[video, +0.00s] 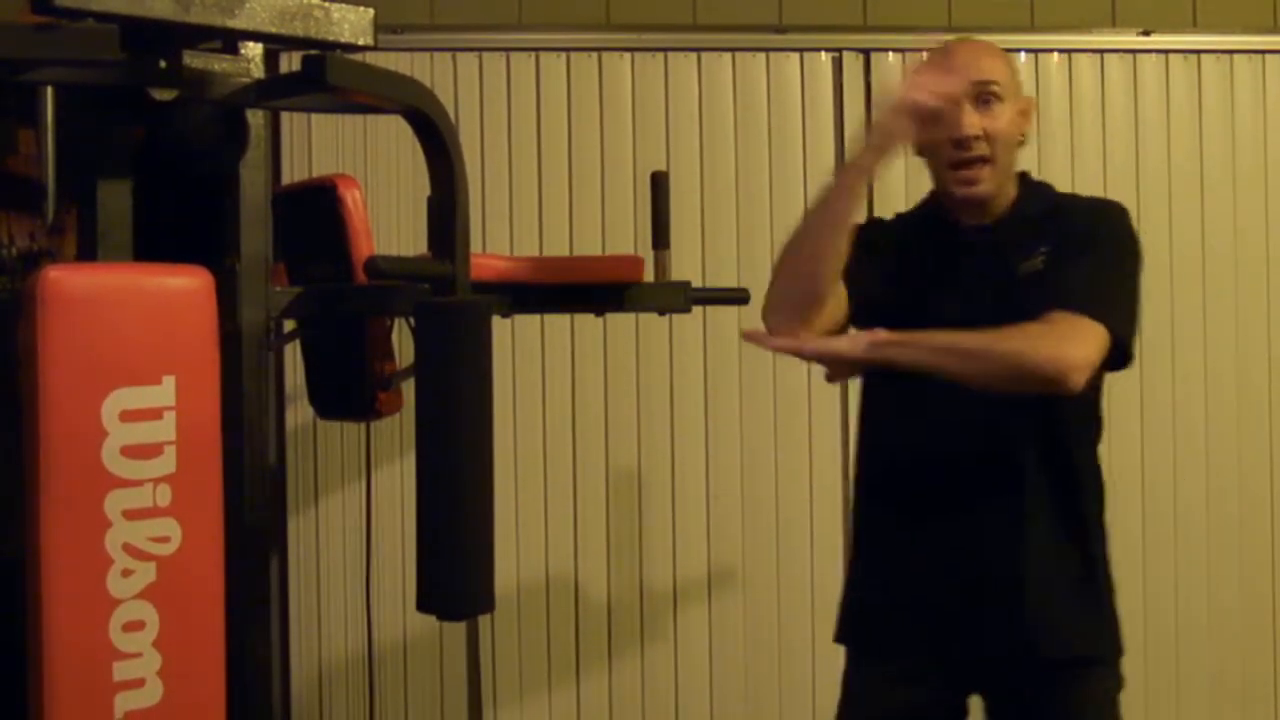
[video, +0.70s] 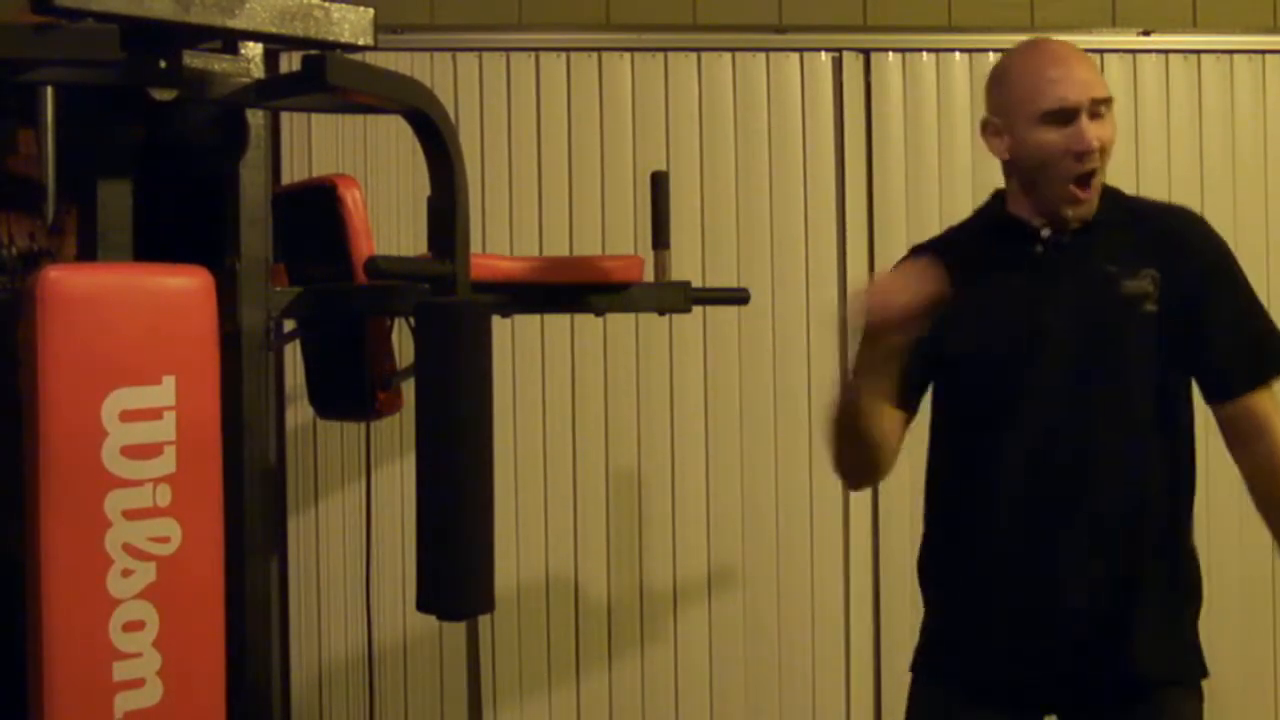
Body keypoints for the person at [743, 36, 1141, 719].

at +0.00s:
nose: (963, 128)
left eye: (985, 99)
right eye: (938, 108)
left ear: (1025, 118)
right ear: (913, 131)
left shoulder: (1090, 229)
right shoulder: (880, 246)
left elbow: (1066, 359)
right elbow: (789, 320)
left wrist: (873, 348)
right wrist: (870, 153)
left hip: (1049, 615)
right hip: (901, 616)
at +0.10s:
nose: (943, 123)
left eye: (963, 99)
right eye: (917, 105)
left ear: (1001, 119)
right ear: (892, 135)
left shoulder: (1077, 227)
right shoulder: (857, 244)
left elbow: (1062, 359)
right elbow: (783, 317)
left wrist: (874, 349)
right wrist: (938, 211)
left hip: (1038, 614)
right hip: (888, 616)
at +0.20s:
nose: (959, 115)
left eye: (980, 90)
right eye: (933, 96)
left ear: (1016, 110)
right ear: (907, 125)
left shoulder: (1086, 230)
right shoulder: (866, 249)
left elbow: (1064, 378)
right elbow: (797, 375)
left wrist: (858, 381)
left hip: (1044, 620)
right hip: (890, 621)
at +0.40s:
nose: (1025, 126)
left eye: (1045, 104)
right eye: (997, 107)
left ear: (1074, 132)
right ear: (961, 143)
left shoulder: (1144, 268)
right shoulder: (906, 272)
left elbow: (1156, 481)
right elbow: (750, 376)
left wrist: (1088, 663)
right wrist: (901, 382)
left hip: (1100, 661)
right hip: (944, 654)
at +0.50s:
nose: (1037, 144)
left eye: (1056, 121)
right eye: (1009, 124)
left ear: (1087, 145)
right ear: (973, 157)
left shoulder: (1162, 278)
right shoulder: (933, 289)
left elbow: (1229, 487)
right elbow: (772, 395)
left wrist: (1262, 672)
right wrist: (905, 277)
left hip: (1128, 667)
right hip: (968, 670)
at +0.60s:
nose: (1057, 145)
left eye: (1075, 118)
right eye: (1029, 124)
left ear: (1103, 132)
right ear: (988, 150)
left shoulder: (1179, 271)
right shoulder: (934, 287)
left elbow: (1262, 454)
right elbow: (844, 447)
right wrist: (838, 282)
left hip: (1134, 663)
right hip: (975, 661)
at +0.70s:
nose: (1089, 139)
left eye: (1098, 113)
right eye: (1059, 119)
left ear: (1115, 116)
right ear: (998, 137)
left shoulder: (1177, 249)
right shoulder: (940, 274)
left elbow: (1255, 430)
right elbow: (859, 468)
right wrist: (880, 342)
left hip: (1140, 643)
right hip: (979, 645)